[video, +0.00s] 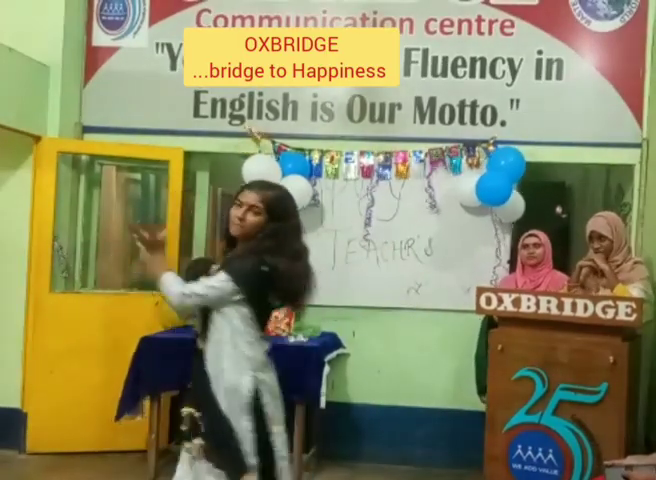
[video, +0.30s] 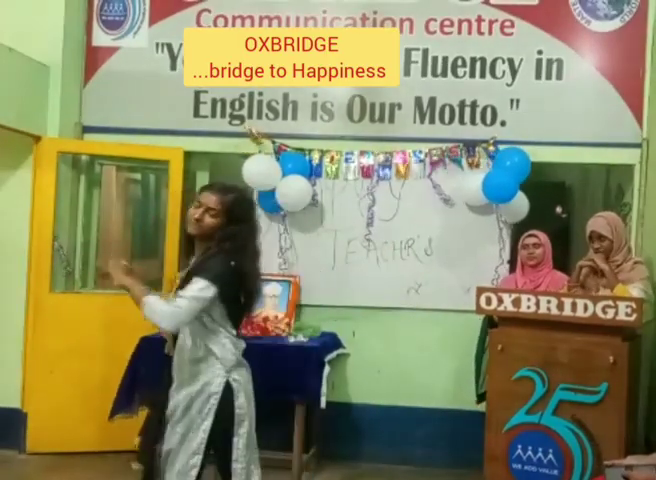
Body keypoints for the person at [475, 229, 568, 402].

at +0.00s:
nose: (531, 250)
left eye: (536, 246)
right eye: (526, 246)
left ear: (546, 250)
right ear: (519, 252)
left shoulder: (561, 281)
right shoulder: (507, 282)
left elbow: (565, 323)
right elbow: (491, 324)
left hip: (548, 353)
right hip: (511, 352)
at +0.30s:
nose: (531, 251)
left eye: (536, 246)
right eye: (526, 247)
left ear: (546, 251)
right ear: (519, 252)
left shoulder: (560, 281)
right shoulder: (508, 281)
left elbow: (564, 317)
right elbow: (496, 318)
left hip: (549, 348)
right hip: (513, 347)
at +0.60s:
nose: (531, 251)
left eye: (537, 246)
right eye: (525, 247)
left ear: (546, 251)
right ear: (519, 252)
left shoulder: (561, 281)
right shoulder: (508, 281)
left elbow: (566, 318)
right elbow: (496, 318)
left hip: (548, 349)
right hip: (512, 347)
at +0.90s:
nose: (531, 251)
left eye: (537, 246)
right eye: (525, 247)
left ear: (547, 251)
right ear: (519, 252)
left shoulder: (561, 281)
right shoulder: (507, 281)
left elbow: (567, 318)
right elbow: (494, 317)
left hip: (549, 349)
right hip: (512, 348)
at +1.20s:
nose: (531, 251)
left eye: (537, 246)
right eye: (525, 247)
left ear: (547, 251)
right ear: (519, 252)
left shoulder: (561, 281)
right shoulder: (508, 281)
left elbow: (565, 318)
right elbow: (497, 318)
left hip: (549, 348)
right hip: (513, 347)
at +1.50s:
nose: (531, 251)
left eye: (537, 246)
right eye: (526, 247)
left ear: (546, 251)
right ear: (520, 252)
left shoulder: (561, 281)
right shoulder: (507, 282)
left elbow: (566, 319)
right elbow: (496, 320)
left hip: (550, 352)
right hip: (513, 350)